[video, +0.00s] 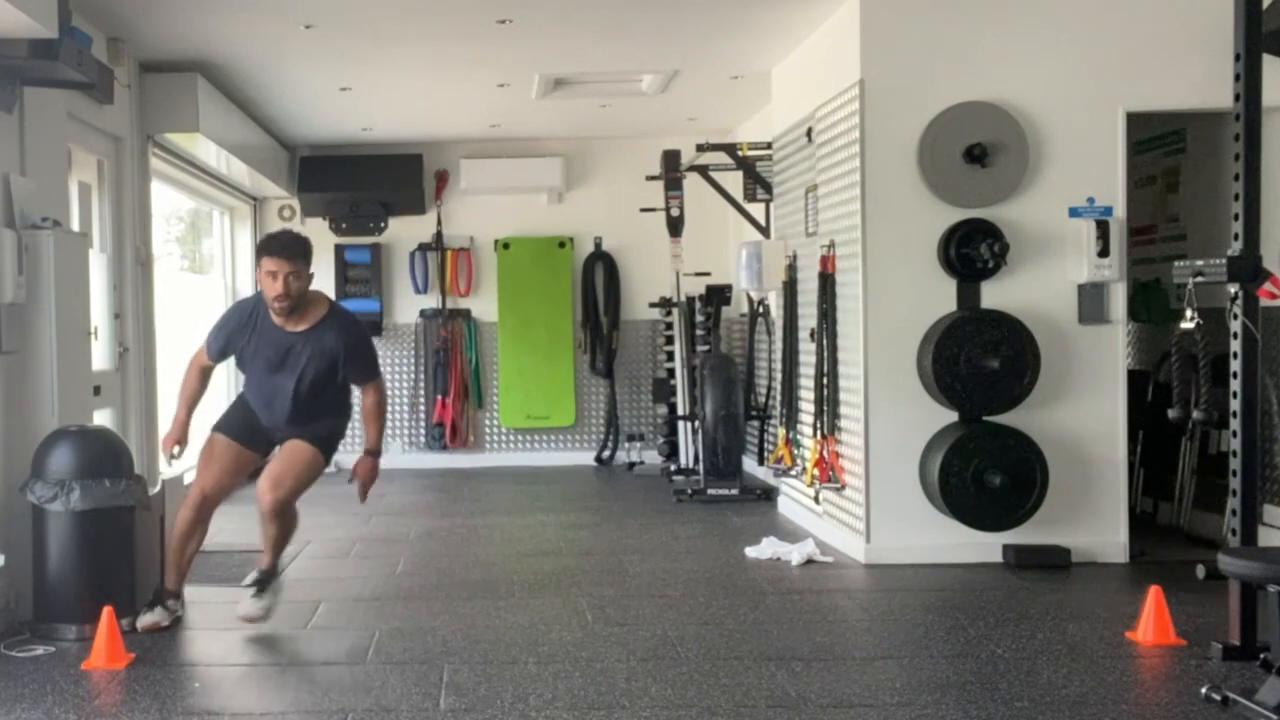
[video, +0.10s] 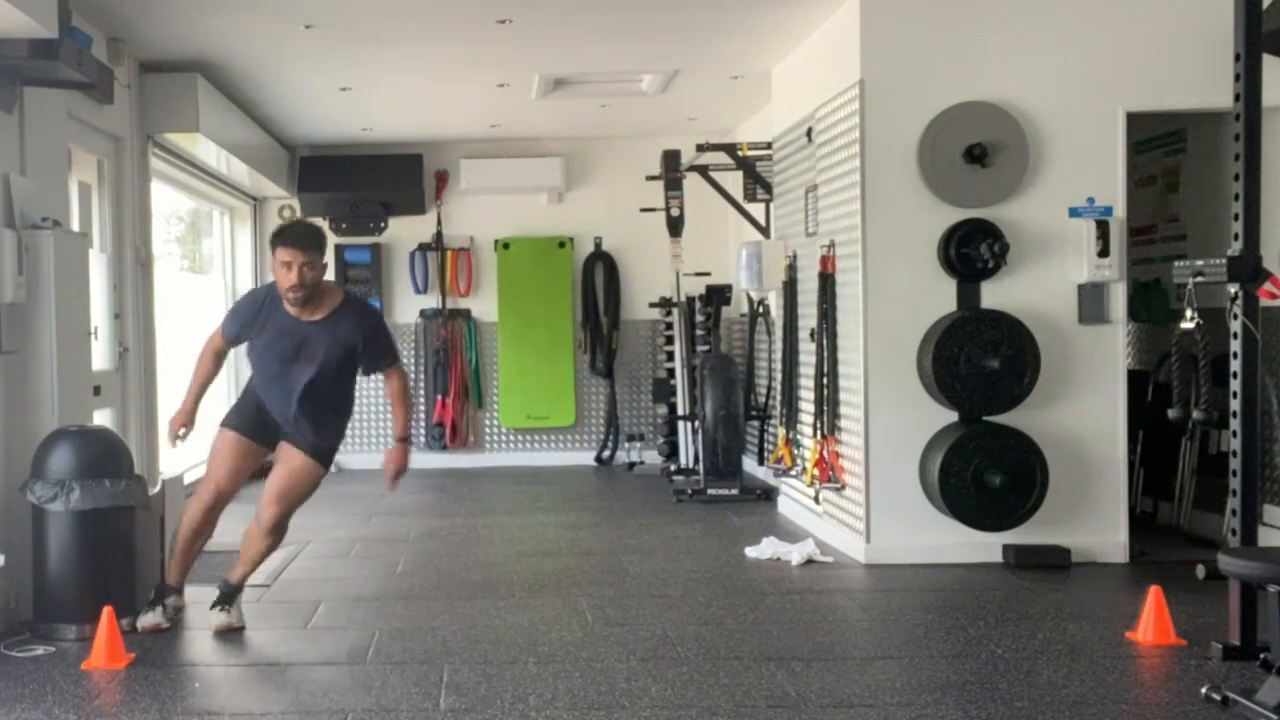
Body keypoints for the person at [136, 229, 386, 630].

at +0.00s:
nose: (280, 289)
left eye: (291, 277)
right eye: (271, 277)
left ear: (309, 277)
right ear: (259, 276)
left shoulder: (342, 329)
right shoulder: (244, 316)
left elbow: (372, 389)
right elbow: (201, 363)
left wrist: (372, 452)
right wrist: (180, 422)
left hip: (316, 423)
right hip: (255, 409)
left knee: (272, 494)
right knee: (202, 492)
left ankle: (266, 573)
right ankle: (170, 596)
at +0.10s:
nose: (295, 279)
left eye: (306, 267)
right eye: (286, 266)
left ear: (323, 267)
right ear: (272, 265)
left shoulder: (358, 318)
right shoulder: (257, 305)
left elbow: (393, 372)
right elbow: (216, 346)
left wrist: (401, 441)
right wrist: (189, 405)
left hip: (317, 427)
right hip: (262, 403)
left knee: (272, 516)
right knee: (213, 491)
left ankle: (230, 591)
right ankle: (170, 594)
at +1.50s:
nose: (1005, 284)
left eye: (1015, 271)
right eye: (992, 272)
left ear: (1029, 271)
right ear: (972, 275)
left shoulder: (1044, 308)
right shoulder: (944, 319)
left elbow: (1075, 359)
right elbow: (885, 383)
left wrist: (1099, 419)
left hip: (1002, 404)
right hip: (933, 408)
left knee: (1072, 484)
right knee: (979, 478)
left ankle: (1085, 578)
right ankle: (969, 567)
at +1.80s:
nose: (882, 259)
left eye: (892, 247)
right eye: (871, 248)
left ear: (907, 246)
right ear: (854, 248)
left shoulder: (927, 280)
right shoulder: (833, 295)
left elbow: (947, 319)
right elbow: (771, 356)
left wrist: (955, 358)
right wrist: (785, 380)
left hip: (922, 396)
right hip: (865, 418)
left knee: (936, 479)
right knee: (912, 513)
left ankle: (988, 551)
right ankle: (982, 571)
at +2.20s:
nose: (622, 228)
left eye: (631, 217)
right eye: (611, 218)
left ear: (646, 216)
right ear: (596, 220)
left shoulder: (684, 267)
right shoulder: (582, 270)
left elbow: (736, 317)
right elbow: (549, 310)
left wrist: (758, 380)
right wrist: (526, 362)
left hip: (685, 388)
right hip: (619, 387)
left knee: (710, 485)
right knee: (586, 471)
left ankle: (792, 570)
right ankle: (594, 578)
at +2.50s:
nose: (422, 224)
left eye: (431, 213)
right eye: (411, 214)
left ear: (446, 213)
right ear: (398, 217)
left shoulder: (481, 272)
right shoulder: (387, 264)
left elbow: (524, 332)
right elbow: (342, 316)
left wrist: (548, 393)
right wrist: (342, 340)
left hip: (456, 391)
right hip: (408, 391)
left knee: (391, 482)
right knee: (399, 496)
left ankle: (350, 598)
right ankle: (503, 551)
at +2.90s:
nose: (208, 266)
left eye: (218, 253)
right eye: (198, 255)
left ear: (234, 253)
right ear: (184, 258)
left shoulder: (276, 304)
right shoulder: (176, 311)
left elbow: (325, 361)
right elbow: (159, 364)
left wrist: (330, 430)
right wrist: (146, 417)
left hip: (277, 407)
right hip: (215, 405)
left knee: (259, 496)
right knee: (165, 493)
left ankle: (301, 585)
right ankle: (152, 601)